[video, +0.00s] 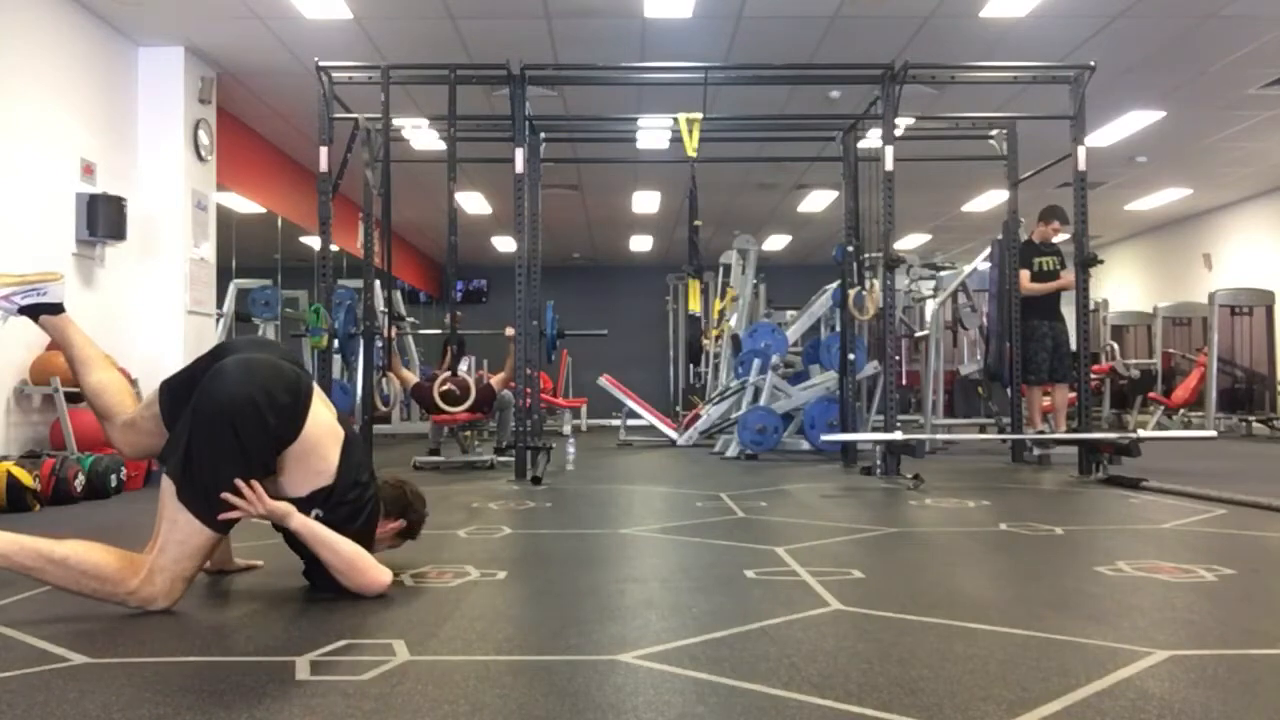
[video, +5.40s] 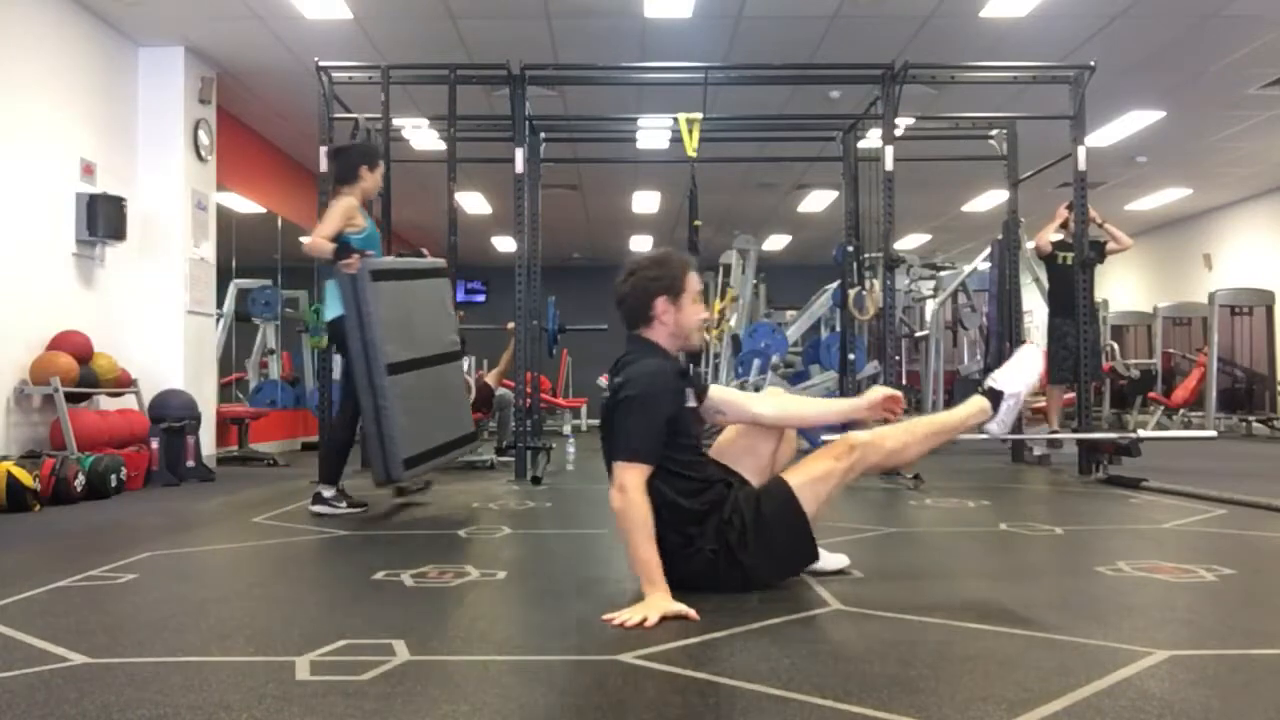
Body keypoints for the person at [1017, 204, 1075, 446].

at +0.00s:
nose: (1056, 235)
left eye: (1059, 231)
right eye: (1055, 230)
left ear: (1049, 228)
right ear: (1042, 225)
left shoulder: (1055, 251)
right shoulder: (1024, 250)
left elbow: (1062, 279)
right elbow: (1024, 287)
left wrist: (1075, 278)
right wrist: (1059, 283)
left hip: (1055, 317)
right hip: (1033, 319)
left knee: (1061, 376)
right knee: (1036, 377)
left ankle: (1061, 428)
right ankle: (1037, 427)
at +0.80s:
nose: (1079, 229)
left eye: (1082, 224)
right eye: (1075, 223)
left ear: (1085, 226)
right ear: (1064, 222)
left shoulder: (1085, 252)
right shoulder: (1045, 253)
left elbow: (1092, 285)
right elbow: (1041, 286)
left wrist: (1097, 281)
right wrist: (1074, 283)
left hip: (1081, 319)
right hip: (1056, 320)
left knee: (1083, 375)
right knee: (1049, 376)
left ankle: (1083, 423)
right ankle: (1039, 425)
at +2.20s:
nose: (1080, 222)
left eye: (1083, 217)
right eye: (1075, 217)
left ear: (1088, 219)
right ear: (1066, 220)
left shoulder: (1096, 250)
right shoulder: (1054, 251)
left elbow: (1110, 284)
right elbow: (1032, 282)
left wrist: (1098, 267)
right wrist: (1046, 306)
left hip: (1090, 320)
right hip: (1063, 320)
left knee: (1090, 376)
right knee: (1058, 377)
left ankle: (1087, 425)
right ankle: (1054, 428)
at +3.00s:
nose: (1081, 223)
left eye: (1084, 218)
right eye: (1076, 218)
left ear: (1088, 220)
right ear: (1065, 221)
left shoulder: (1093, 249)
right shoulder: (1052, 251)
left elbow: (1112, 279)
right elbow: (1031, 281)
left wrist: (1097, 257)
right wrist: (1053, 293)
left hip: (1089, 321)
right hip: (1062, 321)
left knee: (1089, 377)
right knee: (1057, 377)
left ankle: (1087, 425)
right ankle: (1054, 428)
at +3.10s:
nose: (1081, 223)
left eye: (1085, 218)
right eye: (1076, 219)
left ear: (1089, 220)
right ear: (1065, 221)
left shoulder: (1091, 250)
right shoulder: (1051, 252)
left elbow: (1111, 277)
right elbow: (1038, 281)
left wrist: (1096, 255)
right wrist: (1068, 266)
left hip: (1089, 320)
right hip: (1062, 320)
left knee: (1089, 376)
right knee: (1058, 377)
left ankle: (1087, 424)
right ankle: (1054, 428)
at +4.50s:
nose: (1080, 223)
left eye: (1085, 217)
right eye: (1075, 217)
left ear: (1090, 222)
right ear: (1066, 220)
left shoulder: (1093, 248)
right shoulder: (1057, 245)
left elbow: (1128, 253)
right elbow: (1043, 253)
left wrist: (1106, 230)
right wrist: (1058, 229)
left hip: (1088, 318)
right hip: (1063, 317)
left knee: (1088, 376)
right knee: (1058, 376)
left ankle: (1086, 425)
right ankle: (1055, 427)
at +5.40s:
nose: (1080, 219)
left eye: (1083, 215)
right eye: (1076, 214)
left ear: (1087, 221)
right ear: (1066, 220)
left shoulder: (1092, 248)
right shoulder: (1056, 246)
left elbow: (1126, 244)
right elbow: (1040, 245)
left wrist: (1100, 221)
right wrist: (1057, 221)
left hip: (1086, 316)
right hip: (1061, 316)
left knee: (1087, 373)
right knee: (1058, 376)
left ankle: (1086, 424)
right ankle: (1054, 427)